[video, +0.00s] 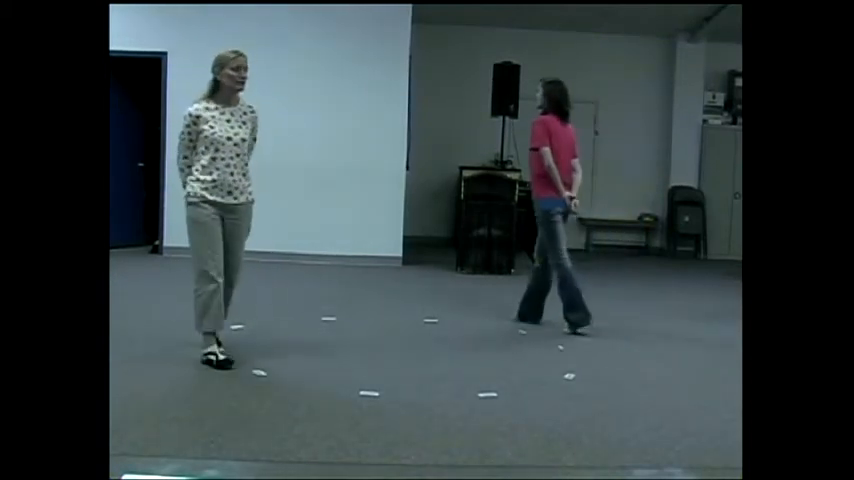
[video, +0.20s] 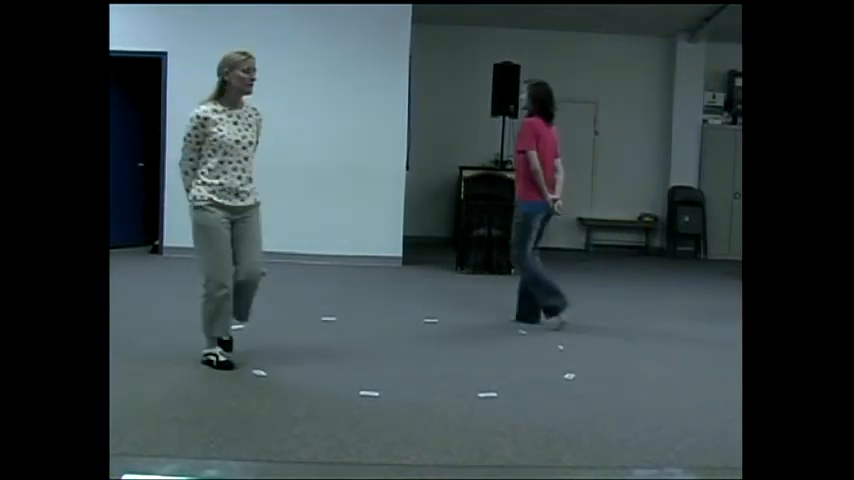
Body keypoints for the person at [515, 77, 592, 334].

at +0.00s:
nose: (537, 98)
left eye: (540, 94)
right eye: (539, 93)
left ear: (547, 98)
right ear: (562, 100)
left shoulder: (541, 124)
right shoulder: (569, 128)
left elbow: (548, 161)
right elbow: (576, 167)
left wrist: (563, 191)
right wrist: (574, 194)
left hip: (546, 199)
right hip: (563, 199)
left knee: (560, 258)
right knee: (543, 257)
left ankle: (578, 316)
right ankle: (529, 312)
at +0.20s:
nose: (525, 101)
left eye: (527, 97)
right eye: (527, 96)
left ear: (531, 101)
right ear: (549, 102)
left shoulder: (528, 126)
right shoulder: (551, 130)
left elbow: (535, 164)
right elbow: (558, 166)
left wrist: (547, 194)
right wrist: (557, 195)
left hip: (529, 201)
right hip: (547, 202)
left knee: (520, 254)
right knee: (529, 254)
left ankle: (554, 302)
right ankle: (528, 312)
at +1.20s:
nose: (426, 94)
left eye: (431, 90)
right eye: (428, 90)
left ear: (442, 96)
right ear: (443, 97)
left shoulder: (442, 123)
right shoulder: (442, 123)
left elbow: (452, 156)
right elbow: (449, 158)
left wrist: (458, 189)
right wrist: (456, 190)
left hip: (440, 194)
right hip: (434, 194)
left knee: (444, 252)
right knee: (416, 250)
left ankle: (456, 306)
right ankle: (395, 299)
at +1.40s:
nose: (412, 91)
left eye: (416, 87)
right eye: (413, 87)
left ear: (428, 92)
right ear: (428, 93)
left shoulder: (431, 121)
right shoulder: (422, 120)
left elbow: (439, 156)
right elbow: (430, 156)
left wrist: (439, 185)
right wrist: (437, 186)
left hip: (422, 191)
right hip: (411, 190)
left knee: (414, 246)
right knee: (401, 247)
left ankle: (446, 294)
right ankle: (394, 299)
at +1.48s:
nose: (409, 92)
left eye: (413, 87)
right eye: (410, 87)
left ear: (425, 92)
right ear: (423, 93)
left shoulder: (427, 121)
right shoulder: (418, 121)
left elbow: (436, 156)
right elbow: (423, 156)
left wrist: (436, 186)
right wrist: (432, 186)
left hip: (416, 190)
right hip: (408, 189)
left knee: (399, 245)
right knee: (398, 246)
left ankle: (433, 290)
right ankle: (397, 301)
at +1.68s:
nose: (402, 93)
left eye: (407, 89)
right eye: (402, 89)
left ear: (418, 94)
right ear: (408, 95)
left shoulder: (423, 123)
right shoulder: (409, 123)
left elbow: (431, 159)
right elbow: (412, 157)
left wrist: (429, 188)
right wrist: (425, 187)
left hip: (412, 190)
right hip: (400, 189)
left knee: (391, 239)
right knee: (390, 239)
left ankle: (414, 287)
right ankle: (406, 288)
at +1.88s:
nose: (401, 90)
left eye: (405, 86)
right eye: (402, 86)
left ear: (416, 92)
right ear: (413, 92)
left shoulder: (420, 119)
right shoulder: (413, 119)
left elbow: (431, 153)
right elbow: (423, 154)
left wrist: (435, 180)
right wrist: (433, 179)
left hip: (420, 191)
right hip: (409, 190)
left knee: (422, 246)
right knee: (398, 247)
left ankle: (451, 295)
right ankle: (394, 300)